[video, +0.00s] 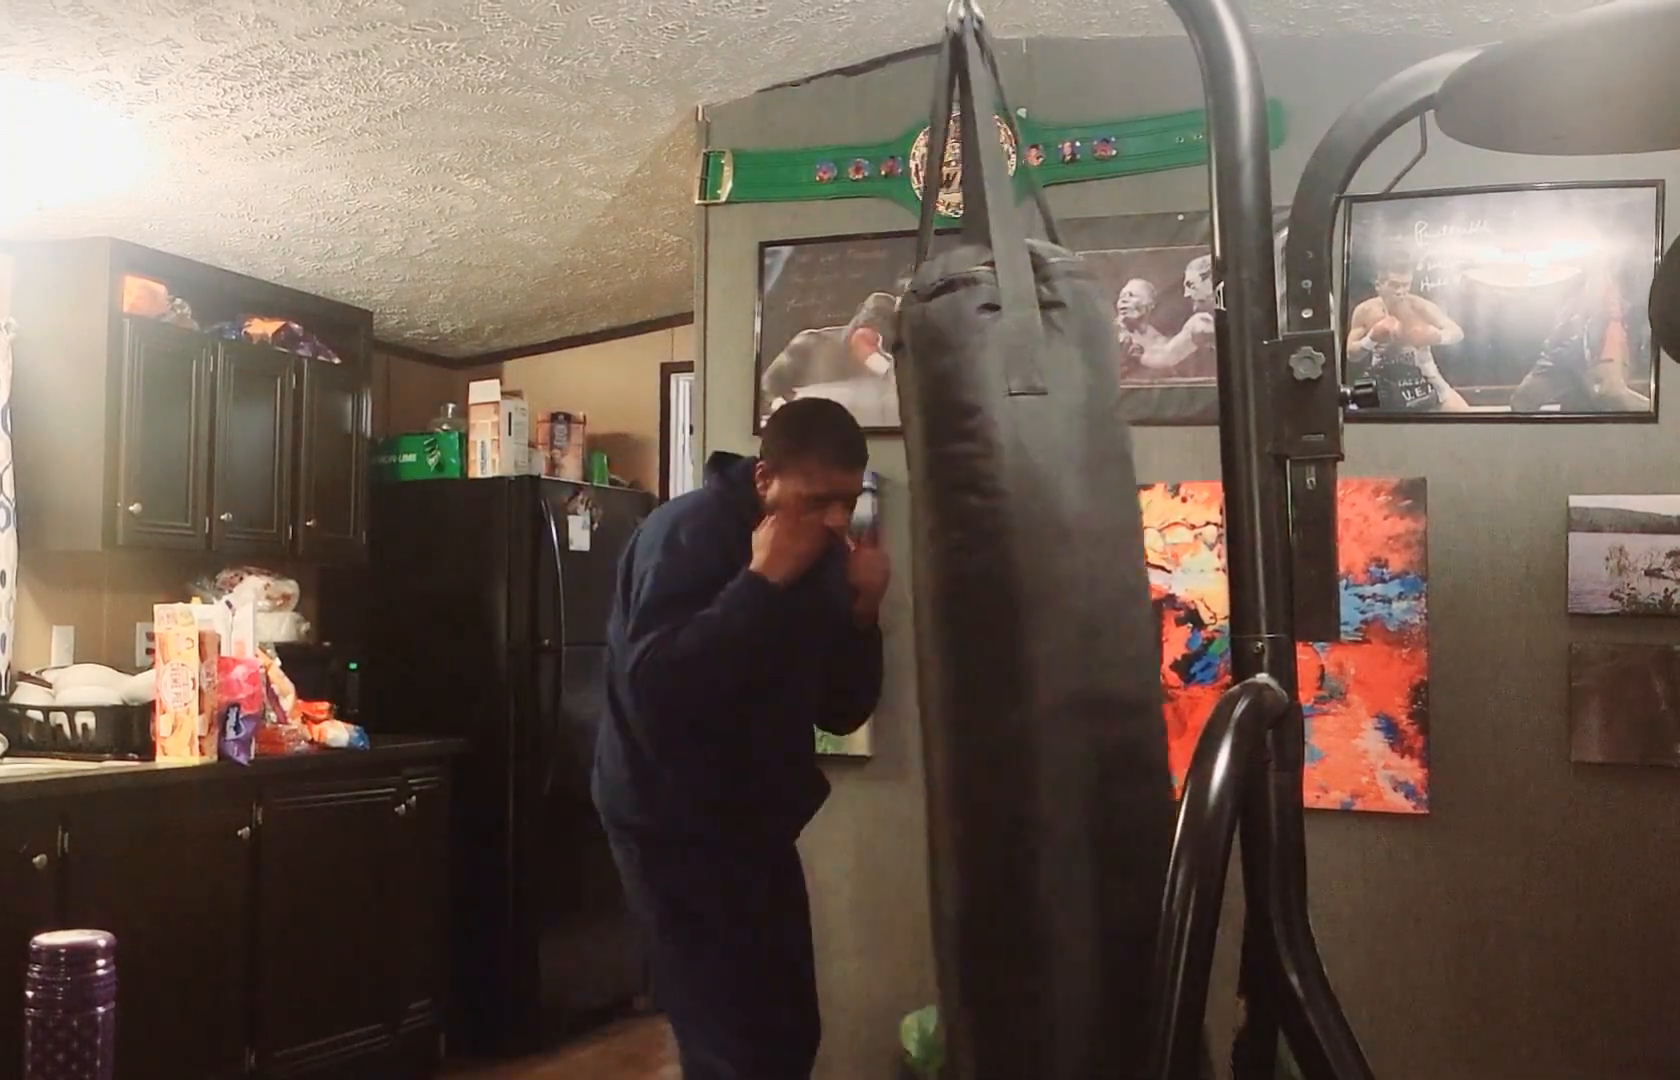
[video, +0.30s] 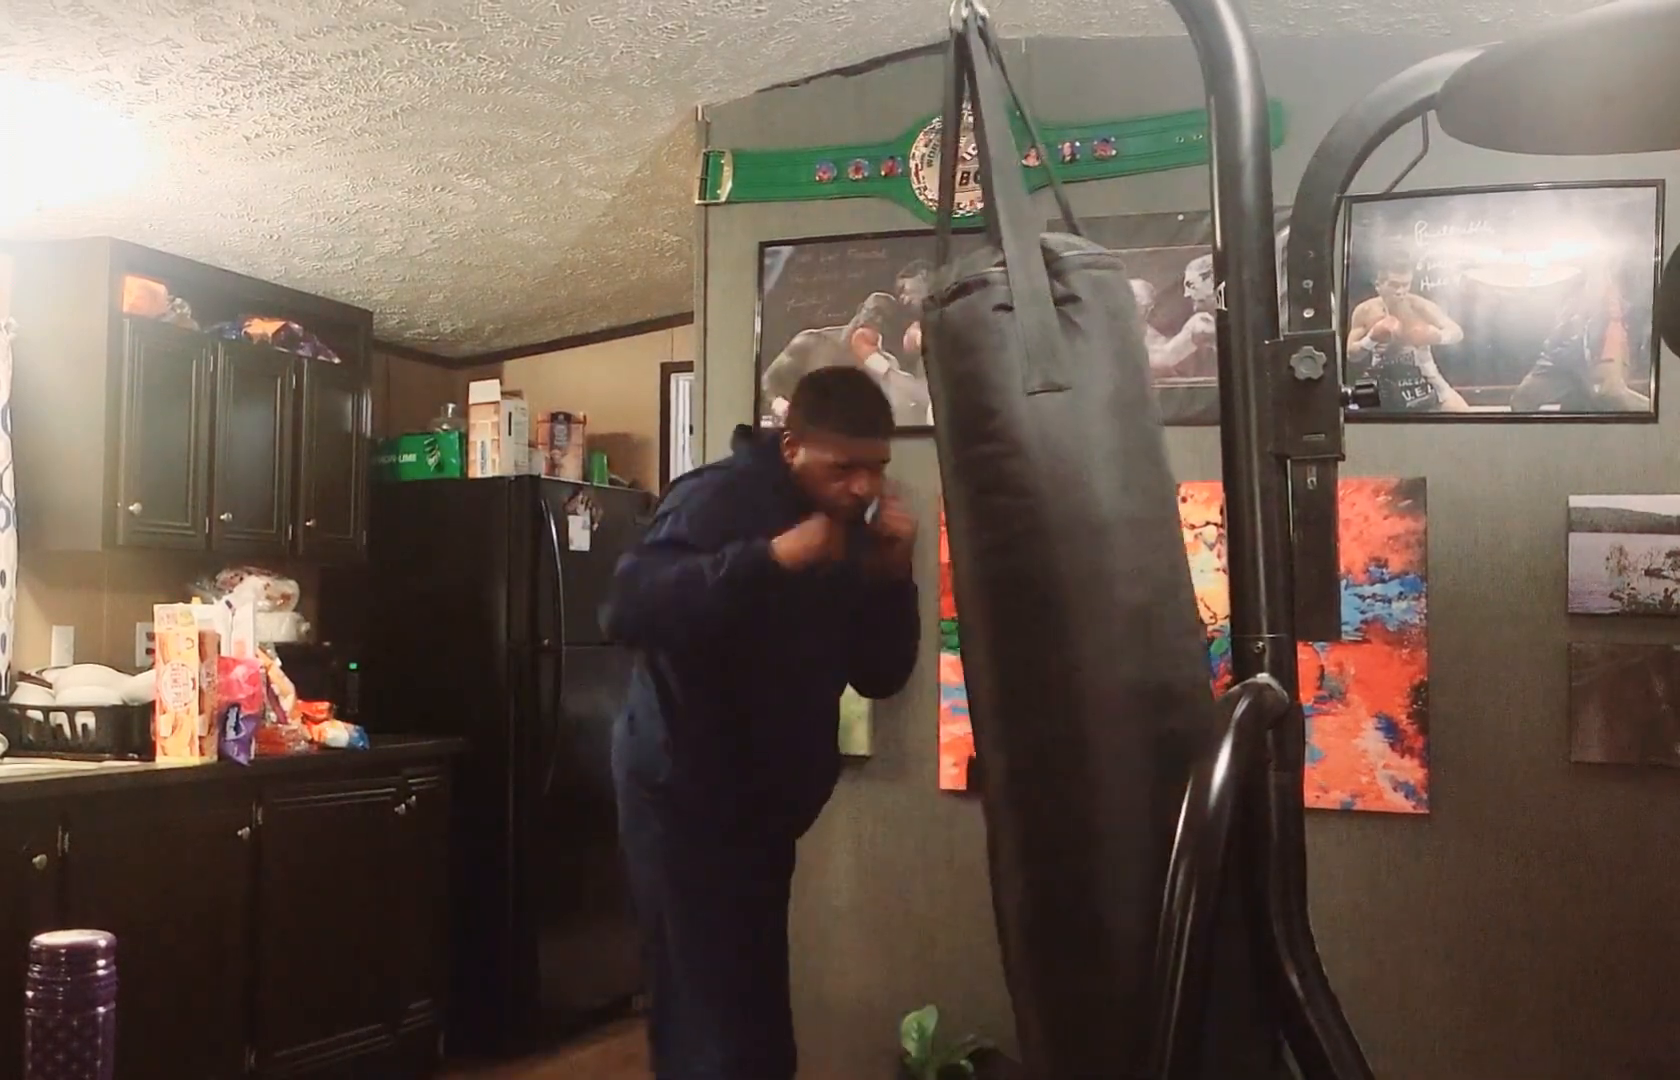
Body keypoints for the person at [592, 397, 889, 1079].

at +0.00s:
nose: (837, 521)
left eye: (848, 503)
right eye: (820, 502)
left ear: (858, 488)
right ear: (766, 480)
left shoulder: (820, 555)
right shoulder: (685, 532)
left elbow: (842, 711)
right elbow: (650, 684)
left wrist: (862, 609)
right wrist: (762, 577)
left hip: (754, 816)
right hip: (669, 819)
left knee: (790, 1035)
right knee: (730, 1045)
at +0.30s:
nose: (862, 486)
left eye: (874, 469)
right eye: (844, 469)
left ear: (885, 457)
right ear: (793, 448)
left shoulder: (857, 526)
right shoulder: (724, 495)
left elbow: (880, 677)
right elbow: (629, 608)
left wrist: (894, 571)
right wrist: (772, 556)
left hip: (767, 793)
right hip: (680, 786)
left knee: (760, 1016)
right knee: (709, 1019)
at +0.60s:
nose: (893, 498)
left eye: (904, 481)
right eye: (877, 479)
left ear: (918, 469)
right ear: (825, 450)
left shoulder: (844, 538)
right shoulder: (772, 486)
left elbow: (850, 690)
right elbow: (772, 576)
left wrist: (916, 586)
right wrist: (928, 549)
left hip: (734, 812)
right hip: (665, 806)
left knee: (737, 1037)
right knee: (684, 1038)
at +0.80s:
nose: (872, 513)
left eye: (881, 496)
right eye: (860, 493)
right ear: (814, 471)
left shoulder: (840, 549)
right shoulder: (747, 509)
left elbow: (865, 702)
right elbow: (665, 632)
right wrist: (814, 627)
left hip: (742, 809)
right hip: (663, 802)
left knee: (769, 1030)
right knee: (692, 1033)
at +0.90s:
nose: (867, 521)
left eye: (877, 504)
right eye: (855, 501)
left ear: (891, 491)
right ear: (811, 476)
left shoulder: (844, 554)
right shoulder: (738, 518)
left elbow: (857, 700)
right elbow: (637, 624)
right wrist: (782, 628)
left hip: (749, 811)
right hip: (666, 807)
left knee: (778, 1035)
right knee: (702, 1037)